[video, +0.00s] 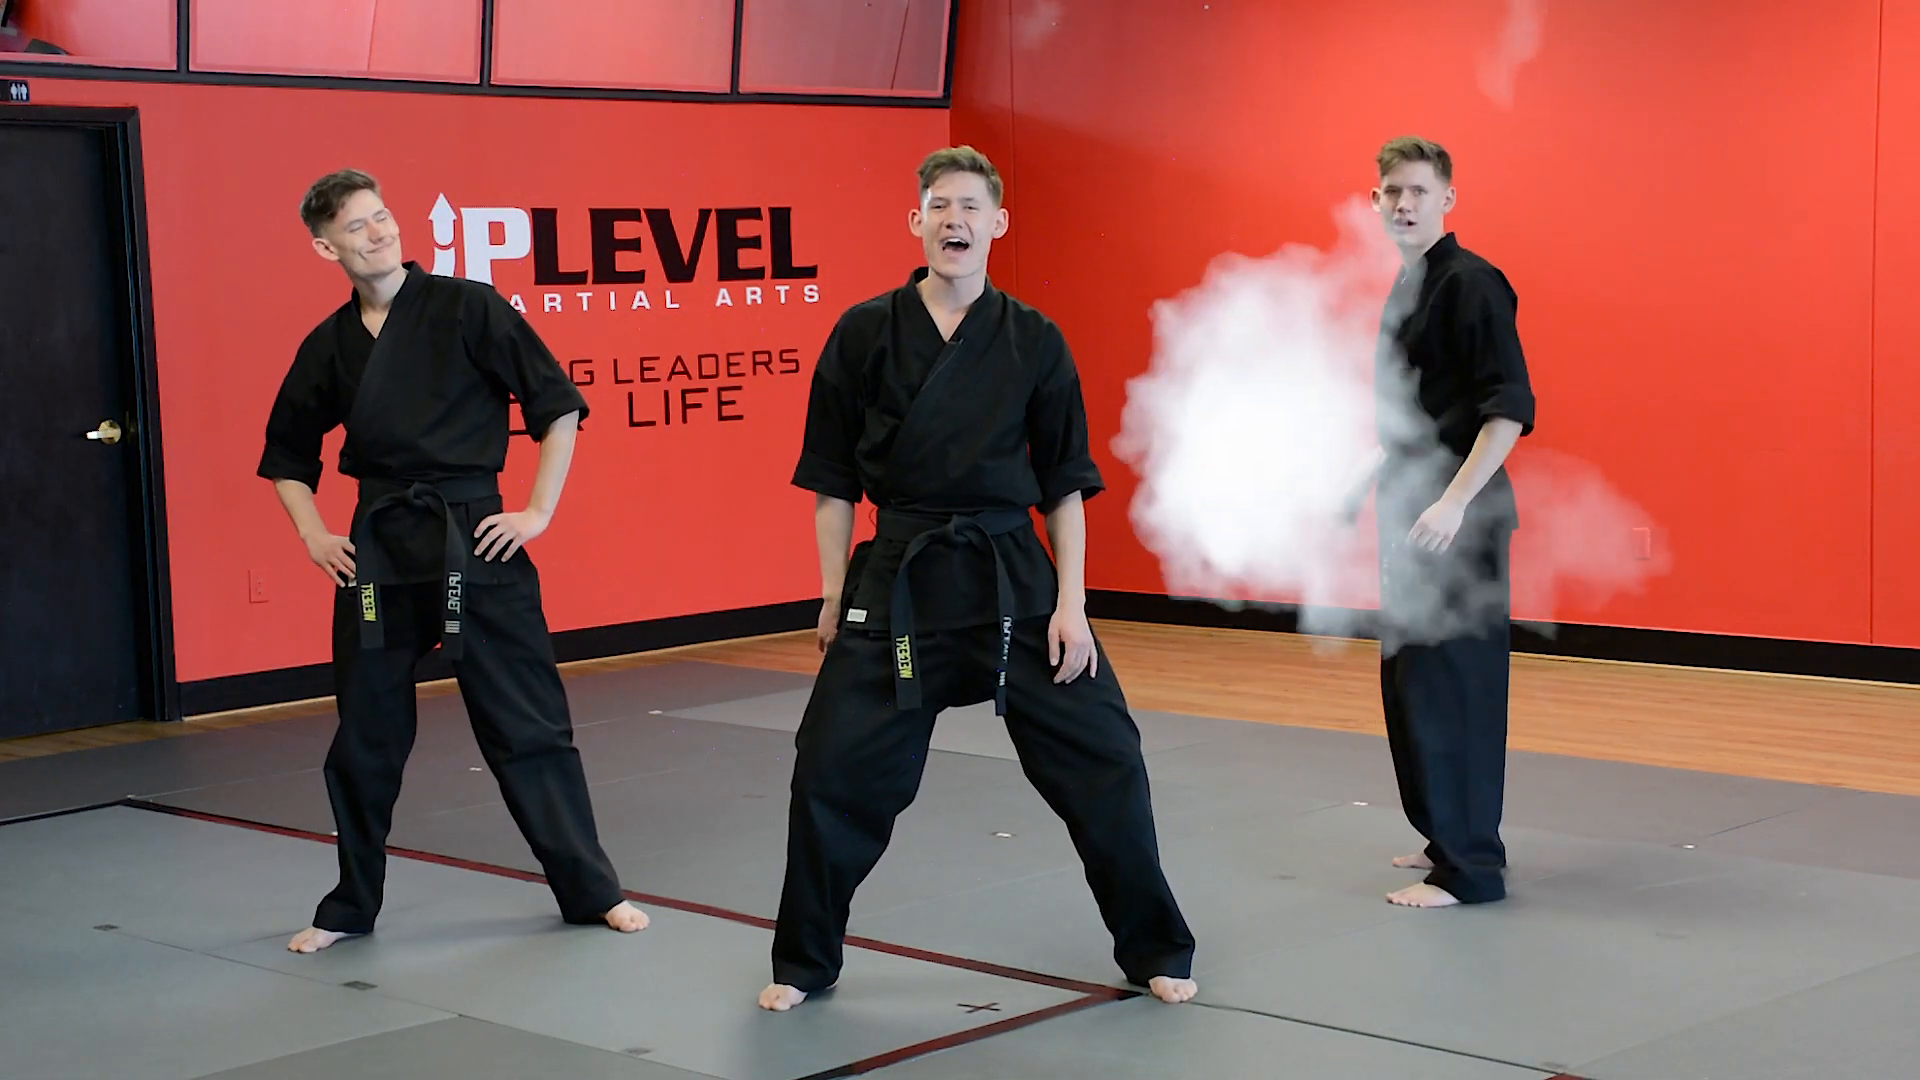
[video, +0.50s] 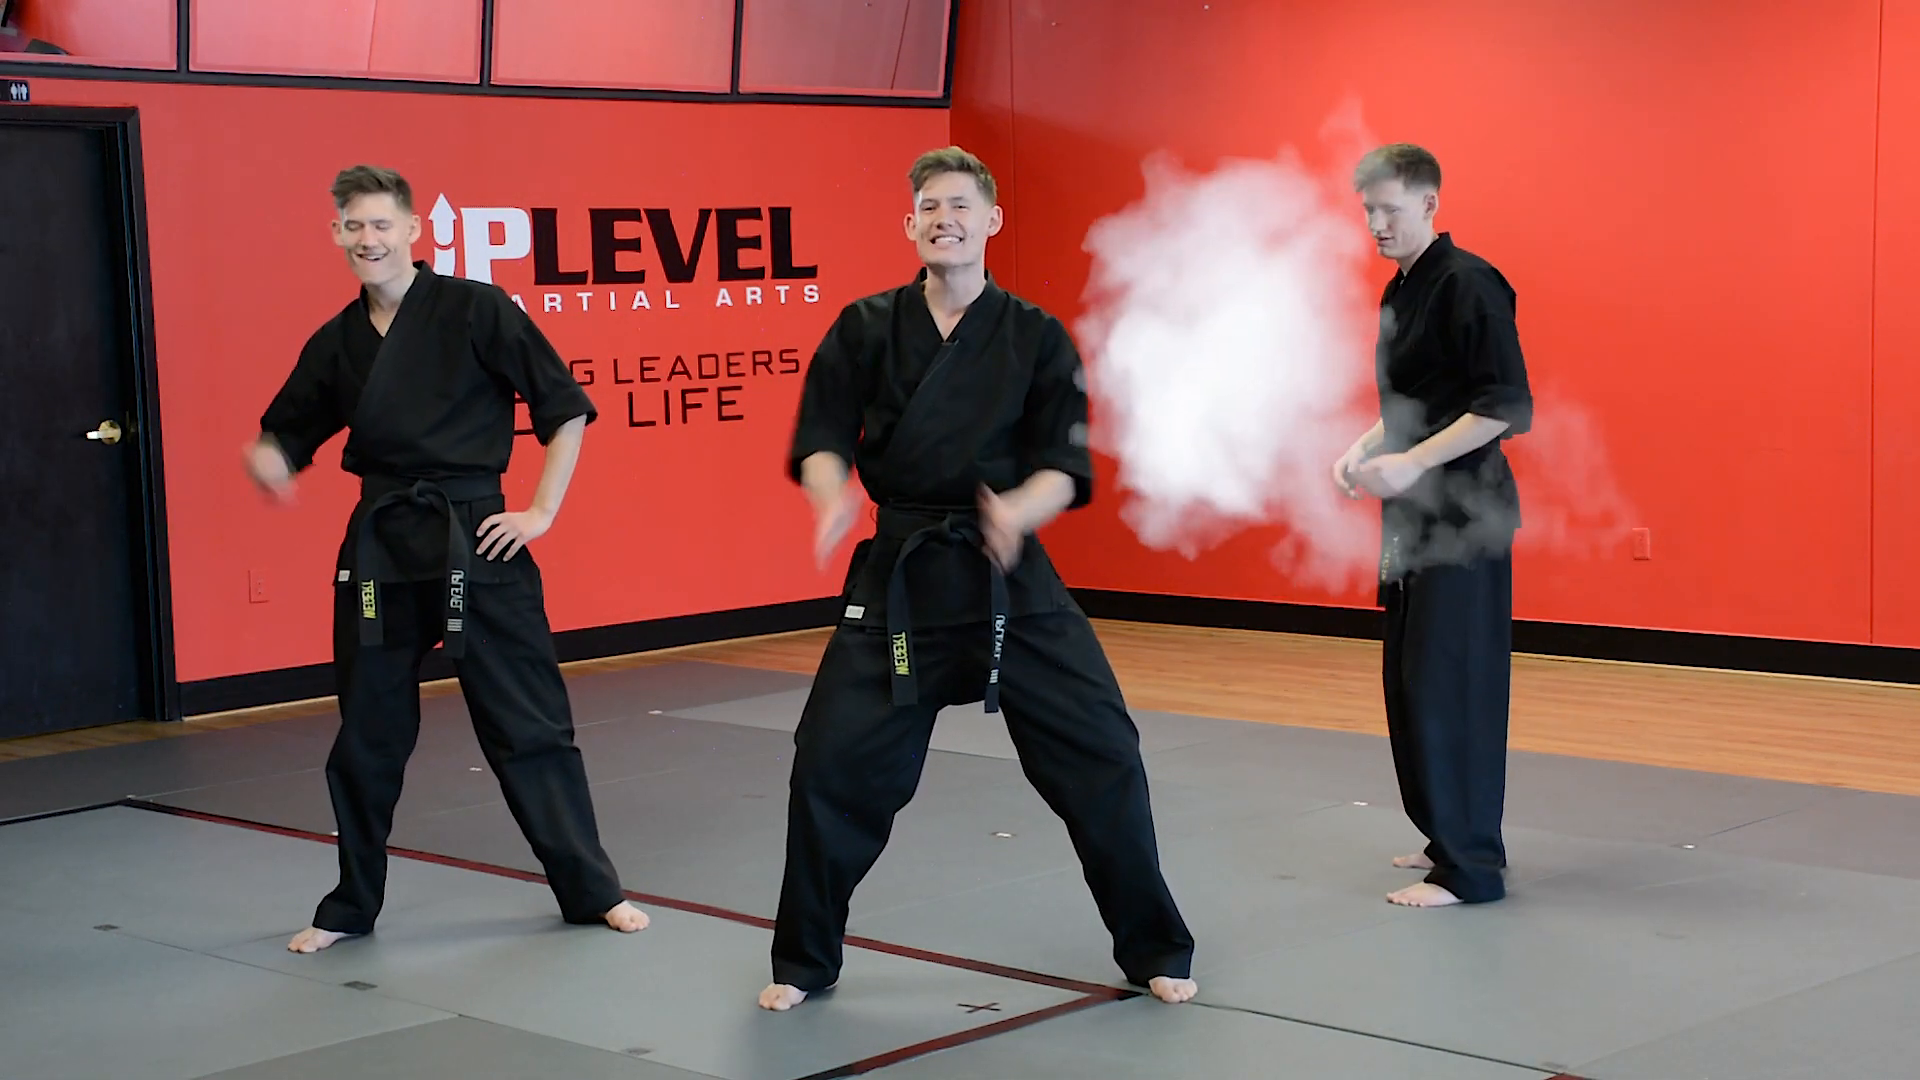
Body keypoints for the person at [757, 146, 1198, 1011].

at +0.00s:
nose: (956, 218)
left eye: (972, 206)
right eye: (941, 205)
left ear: (999, 224)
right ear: (916, 223)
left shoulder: (1033, 339)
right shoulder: (863, 334)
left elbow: (1064, 481)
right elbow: (834, 480)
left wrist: (1071, 603)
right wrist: (833, 598)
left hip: (1013, 578)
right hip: (897, 580)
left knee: (1106, 759)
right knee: (832, 766)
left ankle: (1154, 948)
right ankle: (805, 960)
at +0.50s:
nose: (942, 217)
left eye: (959, 205)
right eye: (929, 207)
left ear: (994, 221)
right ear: (910, 228)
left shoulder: (1036, 336)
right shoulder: (864, 327)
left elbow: (1065, 466)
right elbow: (819, 436)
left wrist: (1019, 507)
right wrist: (832, 496)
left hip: (1013, 573)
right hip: (898, 574)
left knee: (1103, 753)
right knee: (832, 764)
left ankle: (1153, 948)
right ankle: (805, 959)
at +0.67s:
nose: (938, 218)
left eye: (955, 205)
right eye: (925, 207)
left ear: (990, 219)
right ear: (907, 225)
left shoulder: (1032, 330)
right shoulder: (867, 326)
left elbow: (1031, 458)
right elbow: (841, 436)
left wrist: (953, 432)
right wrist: (918, 422)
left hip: (1010, 571)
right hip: (898, 574)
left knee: (1101, 754)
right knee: (829, 764)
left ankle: (1152, 948)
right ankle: (804, 960)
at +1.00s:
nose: (924, 218)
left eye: (941, 204)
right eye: (913, 205)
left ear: (979, 218)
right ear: (899, 222)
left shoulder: (1024, 306)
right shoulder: (878, 316)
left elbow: (1052, 375)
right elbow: (787, 357)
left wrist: (969, 302)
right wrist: (854, 307)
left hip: (1009, 566)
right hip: (901, 567)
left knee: (1095, 757)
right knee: (833, 763)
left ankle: (1151, 952)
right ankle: (805, 960)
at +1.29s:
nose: (914, 215)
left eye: (934, 202)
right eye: (907, 200)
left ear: (974, 219)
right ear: (895, 214)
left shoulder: (1013, 307)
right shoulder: (875, 307)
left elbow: (1053, 348)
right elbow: (770, 332)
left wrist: (970, 280)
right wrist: (848, 273)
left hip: (1007, 563)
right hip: (903, 565)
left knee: (1091, 757)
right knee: (835, 763)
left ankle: (1150, 953)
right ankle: (807, 961)